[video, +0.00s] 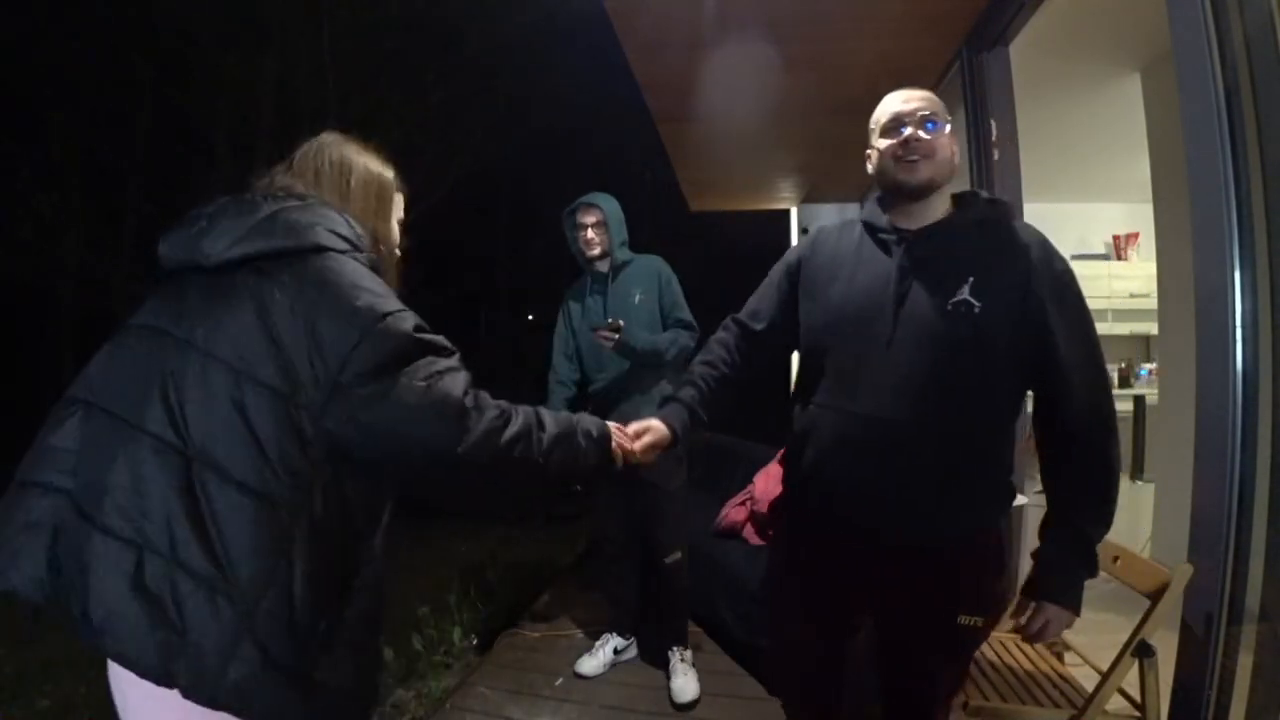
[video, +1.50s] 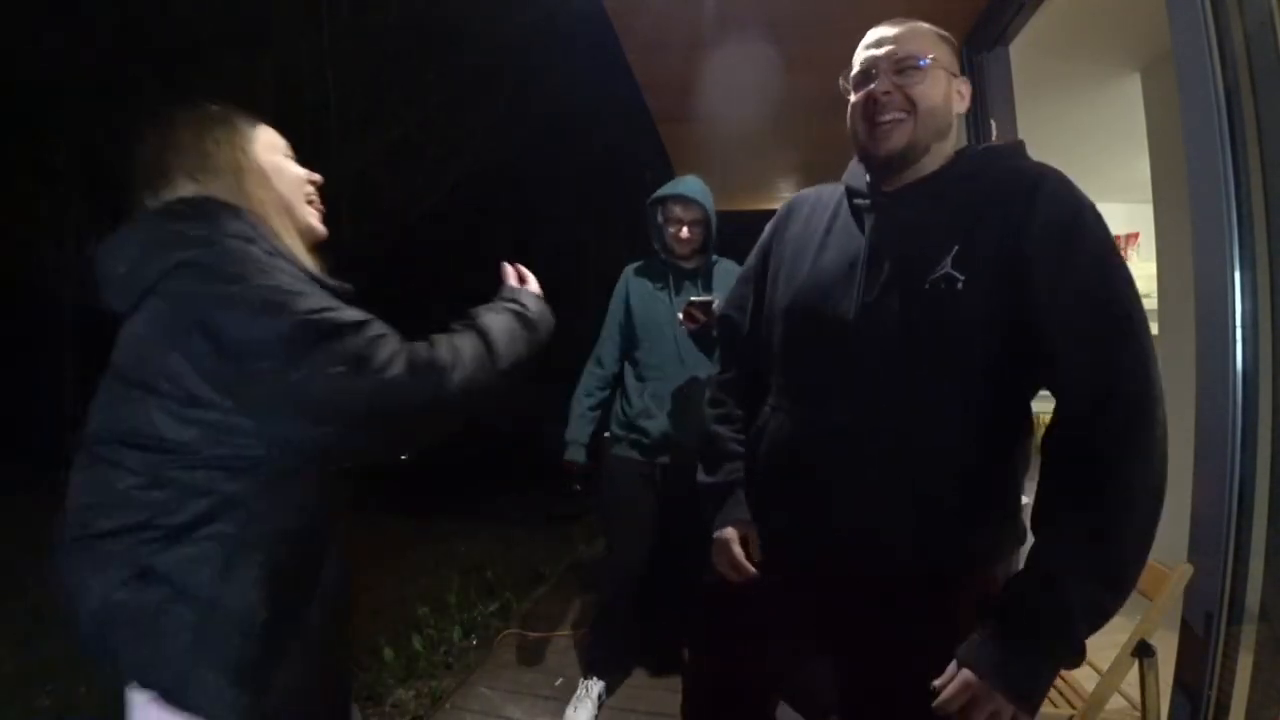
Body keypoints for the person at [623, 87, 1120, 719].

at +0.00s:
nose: (912, 132)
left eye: (930, 122)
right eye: (894, 126)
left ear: (957, 153)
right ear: (869, 158)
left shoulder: (1018, 255)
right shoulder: (821, 249)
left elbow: (1081, 419)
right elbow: (740, 344)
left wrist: (1063, 569)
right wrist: (673, 419)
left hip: (951, 542)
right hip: (821, 532)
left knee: (916, 703)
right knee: (813, 699)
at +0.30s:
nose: (849, 141)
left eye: (867, 130)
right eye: (831, 136)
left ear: (895, 153)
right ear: (812, 169)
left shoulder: (959, 247)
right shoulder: (774, 263)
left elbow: (1032, 406)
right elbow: (730, 385)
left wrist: (1006, 555)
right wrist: (728, 490)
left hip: (918, 532)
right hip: (799, 532)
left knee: (902, 702)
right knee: (812, 698)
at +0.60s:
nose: (820, 143)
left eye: (837, 132)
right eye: (802, 138)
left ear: (867, 157)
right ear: (786, 172)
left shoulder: (929, 239)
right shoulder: (753, 269)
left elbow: (1011, 390)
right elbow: (721, 398)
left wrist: (976, 537)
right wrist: (713, 497)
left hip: (906, 532)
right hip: (789, 532)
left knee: (893, 702)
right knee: (810, 700)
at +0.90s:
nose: (832, 134)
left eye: (849, 122)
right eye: (813, 129)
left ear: (878, 147)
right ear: (793, 164)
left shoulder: (942, 243)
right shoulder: (754, 267)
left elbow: (1020, 410)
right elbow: (711, 390)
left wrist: (983, 569)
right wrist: (701, 491)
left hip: (904, 545)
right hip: (781, 544)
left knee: (886, 704)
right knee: (805, 702)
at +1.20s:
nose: (867, 103)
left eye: (888, 90)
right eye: (847, 98)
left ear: (925, 119)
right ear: (825, 136)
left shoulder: (1001, 239)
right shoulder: (770, 245)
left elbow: (1074, 434)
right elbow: (713, 391)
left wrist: (1012, 611)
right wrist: (717, 511)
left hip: (926, 576)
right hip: (780, 573)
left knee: (898, 707)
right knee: (780, 707)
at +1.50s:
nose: (877, 87)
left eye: (906, 67)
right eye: (862, 78)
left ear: (960, 93)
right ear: (847, 109)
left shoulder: (1030, 205)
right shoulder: (797, 220)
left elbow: (1117, 428)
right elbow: (729, 379)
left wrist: (1027, 642)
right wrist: (725, 500)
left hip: (943, 592)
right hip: (786, 581)